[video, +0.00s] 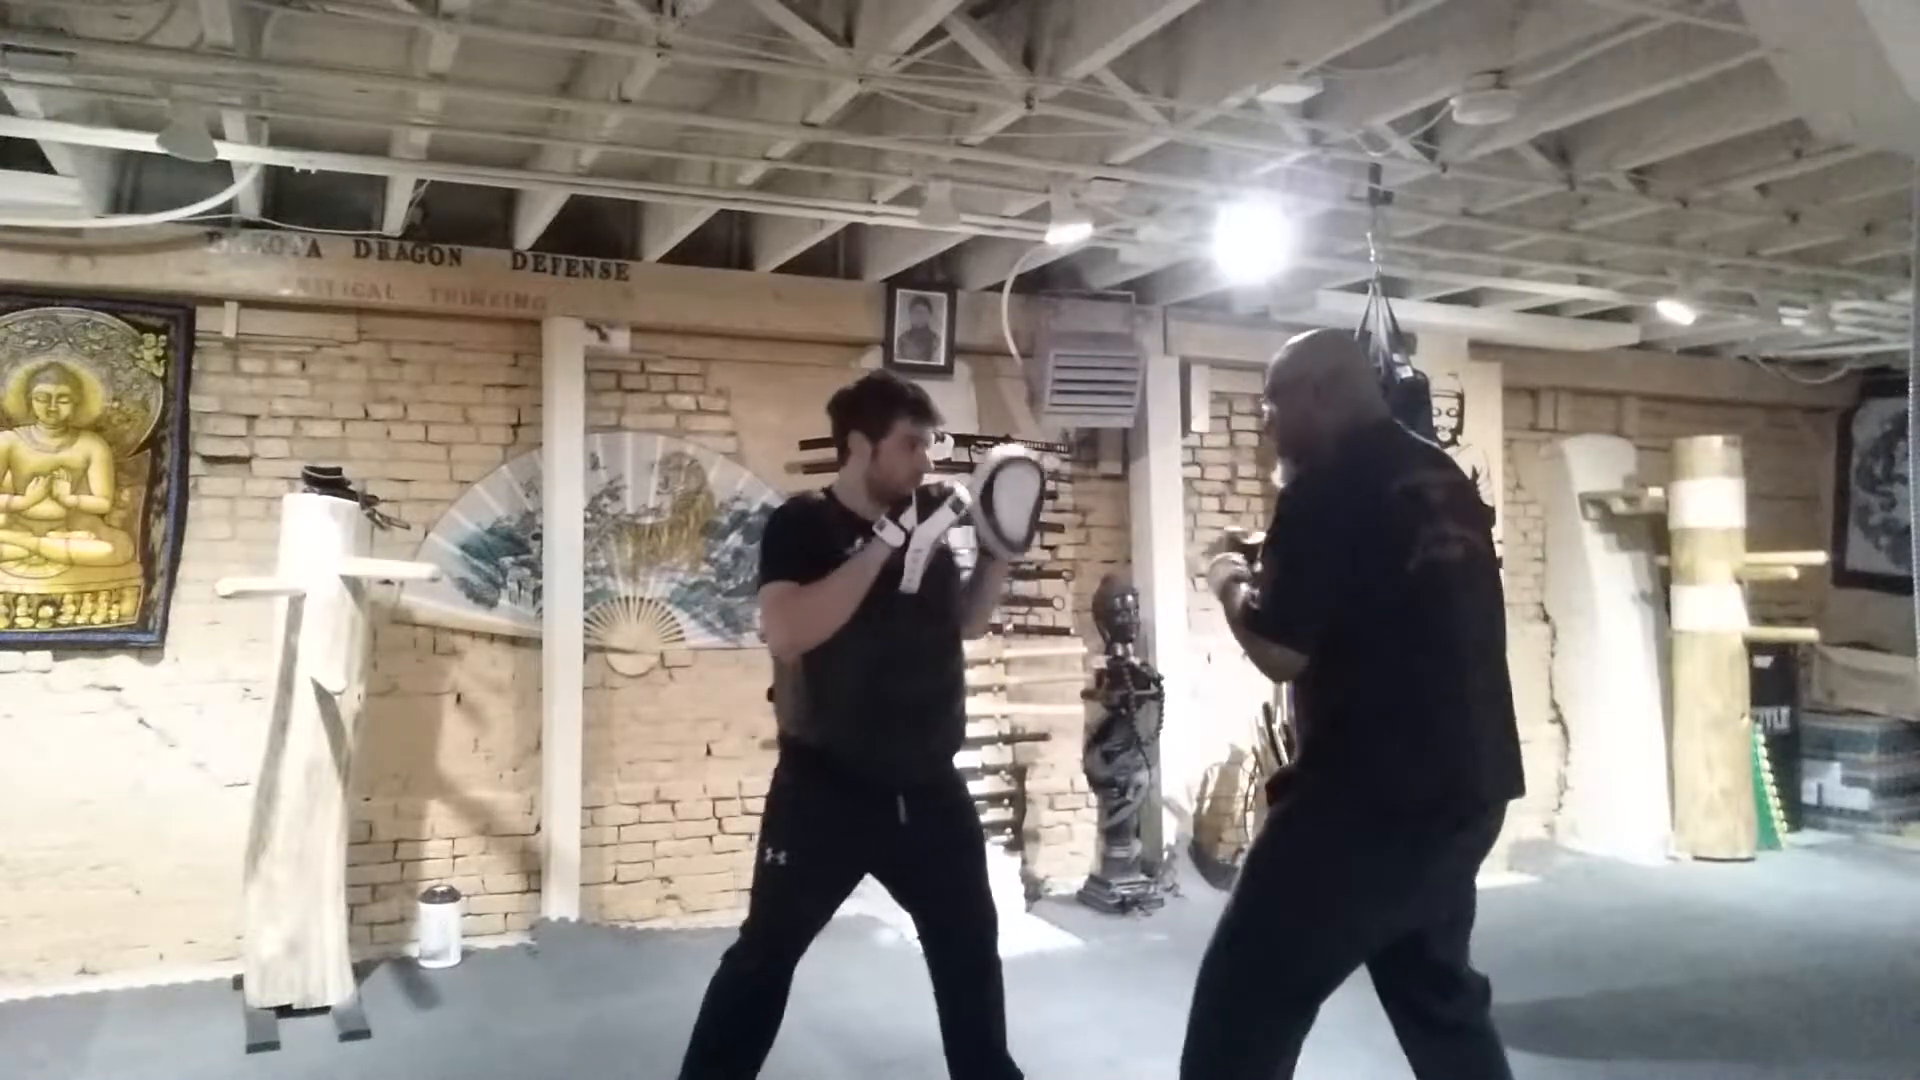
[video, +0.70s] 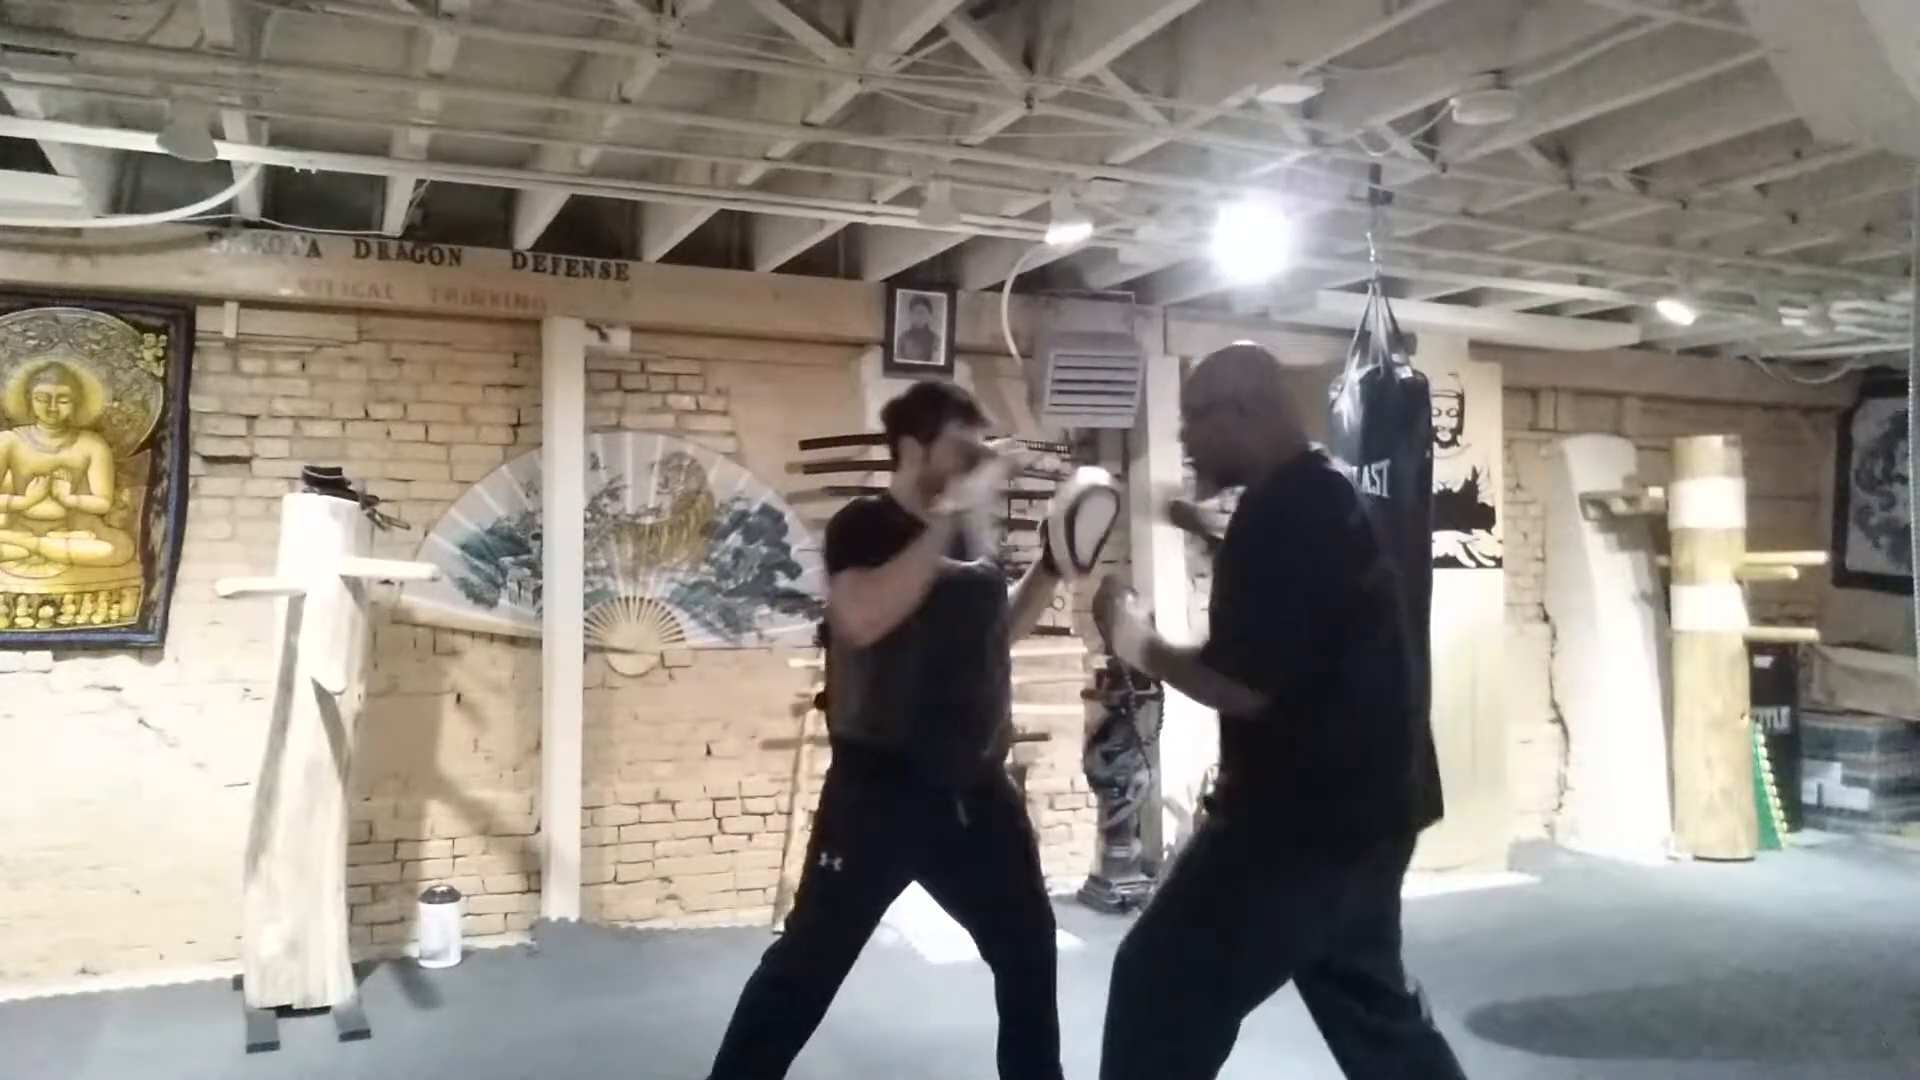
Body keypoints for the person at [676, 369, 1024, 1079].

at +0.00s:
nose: (925, 459)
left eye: (926, 444)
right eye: (912, 444)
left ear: (905, 450)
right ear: (860, 444)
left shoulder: (927, 531)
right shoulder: (799, 524)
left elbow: (965, 622)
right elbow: (784, 632)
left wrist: (999, 549)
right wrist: (883, 546)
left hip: (928, 789)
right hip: (824, 788)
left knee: (970, 962)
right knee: (763, 960)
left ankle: (988, 1077)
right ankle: (707, 1079)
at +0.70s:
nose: (974, 465)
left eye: (978, 453)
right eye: (961, 448)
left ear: (974, 458)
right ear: (910, 448)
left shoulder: (967, 541)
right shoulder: (864, 525)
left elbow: (990, 638)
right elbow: (857, 619)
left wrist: (1052, 565)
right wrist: (950, 517)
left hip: (973, 795)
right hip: (875, 795)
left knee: (1029, 957)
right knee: (803, 973)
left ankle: (1035, 1079)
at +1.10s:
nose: (934, 472)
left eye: (941, 459)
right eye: (919, 455)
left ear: (947, 464)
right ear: (871, 453)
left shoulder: (949, 544)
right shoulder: (818, 535)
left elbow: (954, 649)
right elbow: (792, 635)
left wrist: (996, 580)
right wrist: (862, 525)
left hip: (947, 795)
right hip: (843, 800)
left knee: (1020, 947)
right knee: (788, 972)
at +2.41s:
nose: (994, 458)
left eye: (997, 446)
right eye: (981, 442)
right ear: (928, 442)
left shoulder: (991, 532)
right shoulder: (879, 522)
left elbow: (1034, 607)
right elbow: (846, 621)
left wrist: (1093, 526)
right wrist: (932, 511)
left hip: (1001, 785)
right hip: (902, 786)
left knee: (1056, 954)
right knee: (830, 957)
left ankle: (1048, 1079)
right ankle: (736, 1077)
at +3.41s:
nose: (967, 487)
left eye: (970, 471)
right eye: (957, 469)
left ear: (914, 466)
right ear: (904, 462)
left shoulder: (944, 550)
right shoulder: (830, 532)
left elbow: (961, 651)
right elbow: (820, 650)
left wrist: (1015, 598)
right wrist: (940, 578)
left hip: (940, 800)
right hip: (839, 802)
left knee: (1002, 963)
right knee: (773, 977)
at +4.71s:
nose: (1013, 482)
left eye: (1013, 468)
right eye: (996, 466)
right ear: (944, 470)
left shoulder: (1001, 567)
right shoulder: (882, 556)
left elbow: (1015, 659)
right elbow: (839, 674)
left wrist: (1054, 627)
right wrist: (963, 656)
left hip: (999, 813)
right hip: (894, 815)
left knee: (1077, 945)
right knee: (801, 976)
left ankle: (1089, 1076)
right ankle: (728, 1078)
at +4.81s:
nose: (1055, 481)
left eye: (1057, 467)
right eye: (1038, 465)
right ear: (984, 470)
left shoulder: (1053, 564)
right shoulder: (923, 553)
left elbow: (1077, 674)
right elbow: (885, 677)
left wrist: (1096, 670)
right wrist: (1001, 679)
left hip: (1041, 809)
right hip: (931, 808)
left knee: (1109, 946)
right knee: (855, 970)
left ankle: (1099, 1079)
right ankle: (793, 1076)